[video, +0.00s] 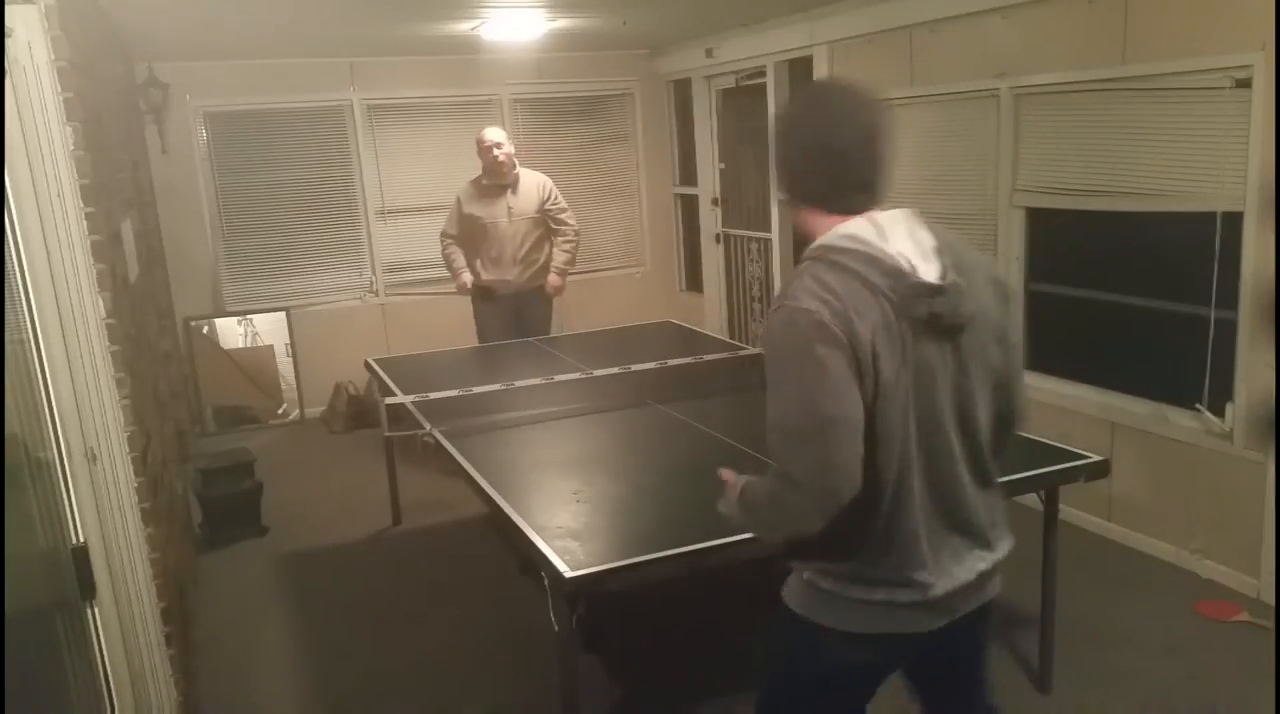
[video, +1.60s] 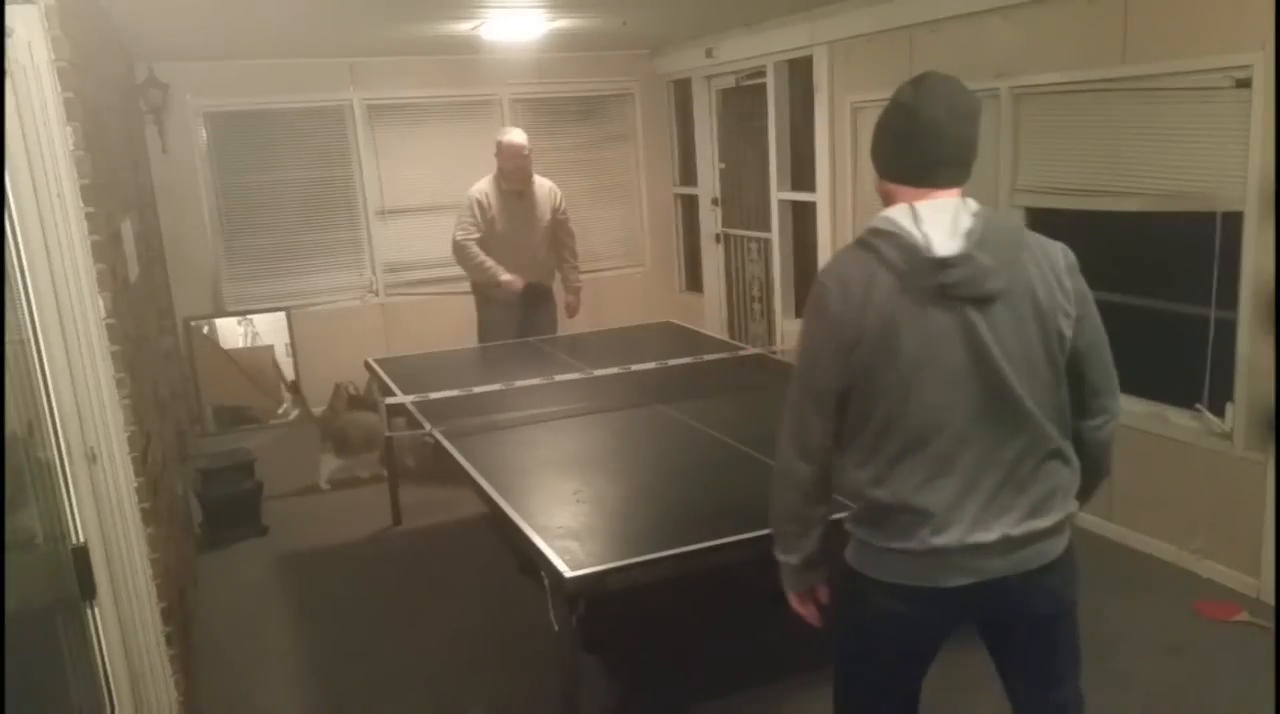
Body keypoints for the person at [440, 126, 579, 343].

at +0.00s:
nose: (495, 153)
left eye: (499, 146)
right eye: (487, 148)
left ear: (512, 147)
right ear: (480, 156)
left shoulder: (540, 184)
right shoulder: (467, 195)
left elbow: (567, 229)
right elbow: (450, 239)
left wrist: (558, 271)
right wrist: (461, 272)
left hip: (534, 295)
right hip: (489, 298)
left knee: (537, 363)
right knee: (495, 366)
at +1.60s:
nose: (521, 164)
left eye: (525, 156)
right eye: (513, 158)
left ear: (530, 155)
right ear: (498, 157)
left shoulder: (549, 192)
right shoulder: (481, 195)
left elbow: (565, 244)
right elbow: (463, 244)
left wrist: (572, 289)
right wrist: (501, 276)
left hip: (540, 296)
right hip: (497, 299)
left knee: (544, 364)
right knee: (500, 368)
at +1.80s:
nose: (522, 165)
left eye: (526, 157)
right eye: (514, 159)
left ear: (532, 156)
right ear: (498, 158)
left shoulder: (548, 193)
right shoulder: (482, 194)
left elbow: (564, 244)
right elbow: (475, 239)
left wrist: (572, 288)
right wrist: (523, 253)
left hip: (539, 298)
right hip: (495, 300)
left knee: (545, 368)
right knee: (500, 372)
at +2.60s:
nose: (522, 160)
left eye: (526, 154)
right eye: (515, 154)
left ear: (533, 153)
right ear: (500, 155)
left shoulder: (551, 193)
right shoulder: (482, 193)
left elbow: (565, 245)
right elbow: (459, 238)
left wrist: (571, 289)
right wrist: (485, 267)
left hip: (540, 298)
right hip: (498, 298)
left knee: (541, 368)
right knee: (501, 369)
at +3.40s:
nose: (513, 158)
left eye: (518, 150)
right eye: (506, 152)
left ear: (529, 151)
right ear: (496, 155)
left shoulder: (553, 190)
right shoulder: (478, 194)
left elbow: (572, 243)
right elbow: (461, 244)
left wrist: (574, 288)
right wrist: (470, 281)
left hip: (543, 299)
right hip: (498, 301)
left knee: (543, 369)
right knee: (500, 372)